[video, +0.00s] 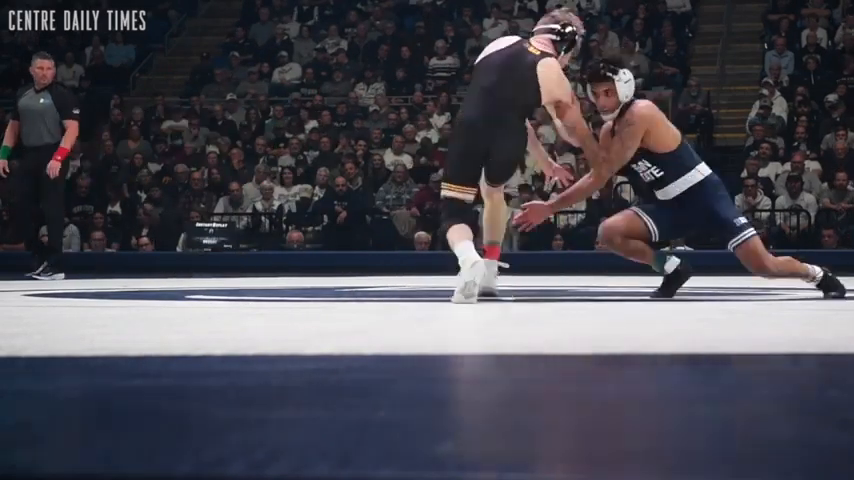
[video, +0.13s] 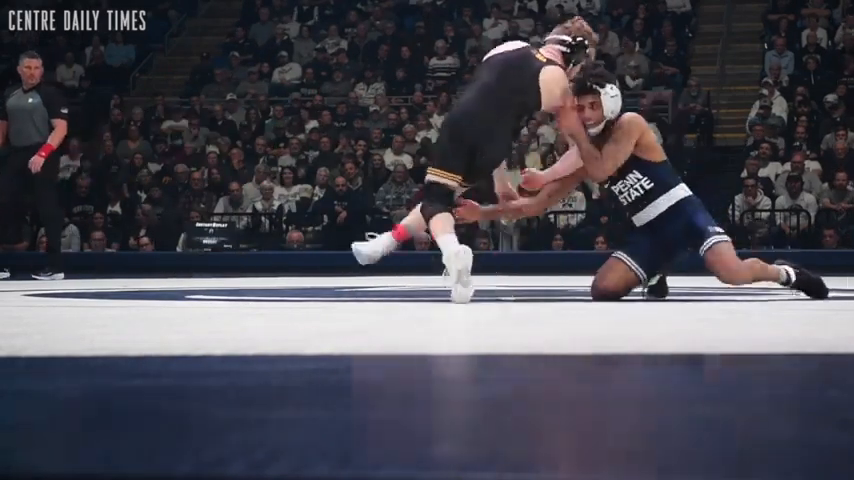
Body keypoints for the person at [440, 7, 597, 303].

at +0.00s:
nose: (569, 60)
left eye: (572, 55)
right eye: (571, 53)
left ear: (537, 33)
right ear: (565, 48)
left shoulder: (498, 44)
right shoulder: (552, 74)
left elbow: (516, 114)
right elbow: (576, 133)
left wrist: (547, 164)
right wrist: (597, 160)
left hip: (469, 128)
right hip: (508, 136)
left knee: (454, 208)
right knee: (494, 189)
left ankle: (469, 260)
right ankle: (490, 267)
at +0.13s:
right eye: (572, 65)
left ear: (545, 45)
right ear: (571, 60)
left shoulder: (509, 47)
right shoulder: (559, 82)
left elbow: (493, 115)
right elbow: (578, 144)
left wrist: (503, 182)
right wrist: (548, 176)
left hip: (459, 122)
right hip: (494, 139)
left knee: (436, 201)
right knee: (442, 198)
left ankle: (452, 252)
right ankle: (384, 243)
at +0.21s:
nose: (564, 141)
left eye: (572, 136)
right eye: (571, 132)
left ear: (558, 85)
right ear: (570, 111)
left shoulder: (521, 76)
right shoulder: (551, 119)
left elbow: (492, 136)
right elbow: (500, 147)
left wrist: (465, 195)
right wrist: (465, 196)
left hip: (458, 122)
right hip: (478, 151)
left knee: (402, 185)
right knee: (407, 202)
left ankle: (430, 248)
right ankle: (335, 247)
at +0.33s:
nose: (564, 201)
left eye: (564, 193)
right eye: (568, 192)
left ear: (541, 160)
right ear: (562, 180)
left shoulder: (514, 163)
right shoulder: (550, 195)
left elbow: (494, 216)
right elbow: (567, 241)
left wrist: (493, 269)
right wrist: (582, 288)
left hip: (453, 155)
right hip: (460, 185)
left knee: (373, 175)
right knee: (383, 256)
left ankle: (318, 211)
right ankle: (306, 270)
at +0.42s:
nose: (563, 245)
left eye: (566, 240)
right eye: (566, 241)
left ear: (551, 220)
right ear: (560, 235)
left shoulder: (520, 209)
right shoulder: (544, 247)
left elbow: (487, 239)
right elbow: (577, 294)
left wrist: (488, 289)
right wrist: (592, 298)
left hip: (429, 190)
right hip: (436, 216)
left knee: (351, 210)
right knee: (379, 289)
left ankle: (281, 179)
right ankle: (301, 263)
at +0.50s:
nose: (555, 272)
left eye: (558, 268)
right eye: (560, 268)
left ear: (541, 239)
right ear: (547, 257)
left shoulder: (508, 228)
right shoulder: (528, 256)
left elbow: (475, 249)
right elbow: (567, 291)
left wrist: (489, 289)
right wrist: (603, 296)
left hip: (412, 195)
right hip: (427, 213)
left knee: (339, 231)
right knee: (371, 286)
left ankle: (302, 182)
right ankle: (293, 259)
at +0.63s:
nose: (540, 276)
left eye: (545, 273)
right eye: (543, 272)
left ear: (527, 247)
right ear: (532, 255)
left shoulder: (494, 242)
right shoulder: (508, 255)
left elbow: (465, 276)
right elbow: (532, 281)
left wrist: (490, 292)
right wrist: (574, 293)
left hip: (400, 194)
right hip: (413, 205)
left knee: (370, 248)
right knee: (383, 286)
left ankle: (330, 216)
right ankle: (303, 262)